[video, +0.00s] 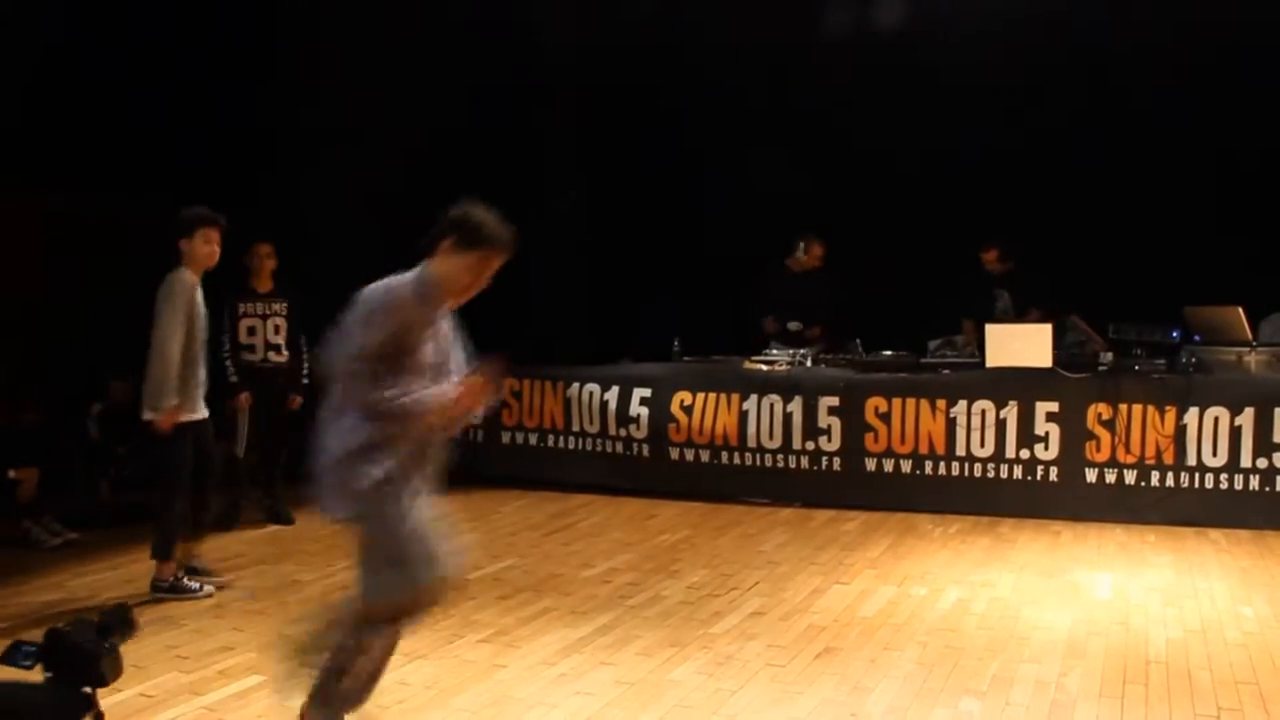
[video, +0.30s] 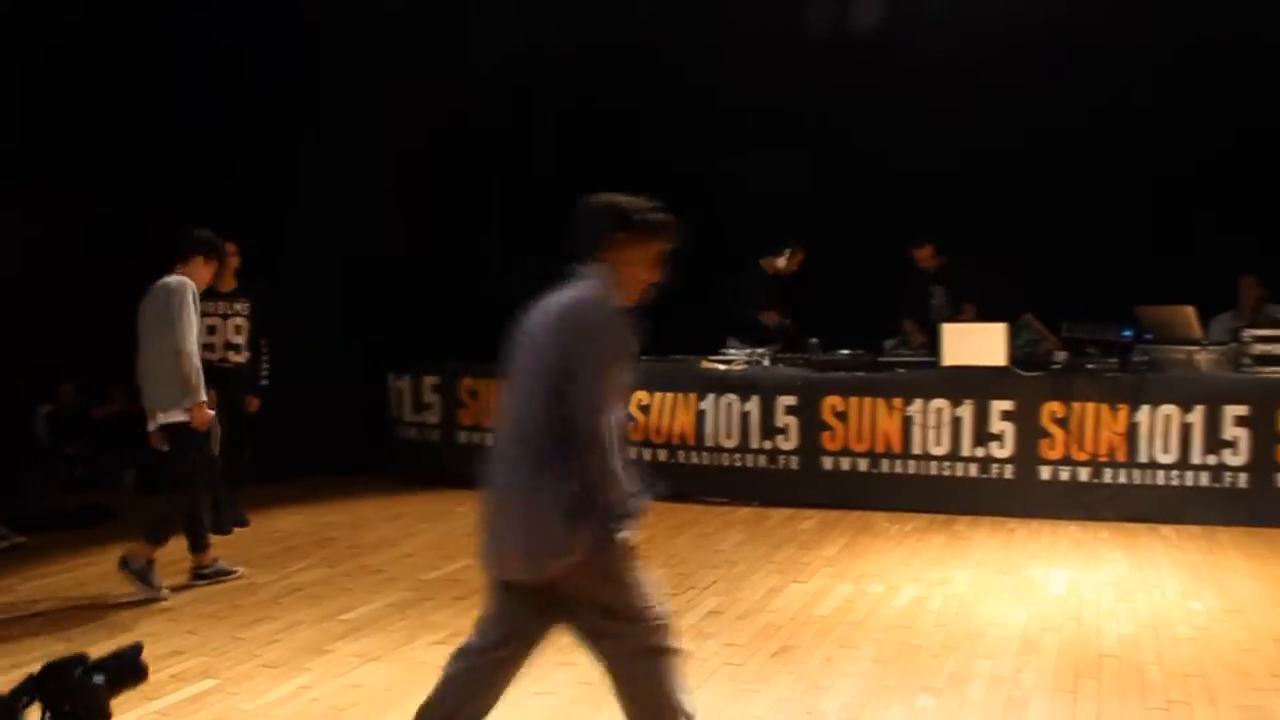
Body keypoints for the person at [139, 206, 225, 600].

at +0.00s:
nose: (214, 250)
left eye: (217, 242)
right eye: (207, 241)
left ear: (215, 246)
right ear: (186, 244)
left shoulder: (195, 287)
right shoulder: (179, 285)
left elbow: (188, 348)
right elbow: (167, 345)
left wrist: (192, 401)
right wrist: (166, 403)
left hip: (194, 413)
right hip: (176, 416)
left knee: (195, 487)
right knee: (174, 492)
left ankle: (181, 558)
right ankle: (165, 571)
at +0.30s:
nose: (212, 277)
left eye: (215, 270)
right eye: (212, 268)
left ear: (188, 261)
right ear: (199, 261)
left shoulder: (154, 295)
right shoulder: (182, 289)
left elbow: (147, 363)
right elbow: (186, 349)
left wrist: (154, 416)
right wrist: (198, 399)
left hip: (167, 412)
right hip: (186, 411)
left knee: (193, 486)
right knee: (187, 487)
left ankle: (203, 560)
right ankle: (140, 557)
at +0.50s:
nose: (179, 279)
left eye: (179, 273)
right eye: (179, 272)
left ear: (145, 265)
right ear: (169, 266)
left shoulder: (118, 299)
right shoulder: (165, 292)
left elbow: (116, 364)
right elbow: (176, 352)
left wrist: (124, 421)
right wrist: (181, 407)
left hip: (135, 412)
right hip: (164, 410)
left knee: (151, 482)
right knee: (184, 473)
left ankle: (153, 560)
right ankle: (182, 550)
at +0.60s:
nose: (156, 269)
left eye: (154, 264)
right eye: (155, 264)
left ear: (120, 261)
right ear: (148, 261)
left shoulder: (95, 294)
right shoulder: (151, 292)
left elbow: (87, 353)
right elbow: (164, 351)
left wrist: (102, 396)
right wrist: (164, 402)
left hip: (101, 417)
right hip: (141, 414)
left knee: (113, 490)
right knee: (160, 481)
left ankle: (121, 562)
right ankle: (188, 546)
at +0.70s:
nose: (120, 269)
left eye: (117, 264)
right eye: (121, 264)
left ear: (85, 263)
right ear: (118, 263)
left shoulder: (62, 297)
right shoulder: (125, 297)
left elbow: (50, 356)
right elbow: (143, 359)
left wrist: (68, 389)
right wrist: (143, 408)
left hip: (67, 421)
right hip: (114, 418)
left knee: (74, 493)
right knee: (127, 481)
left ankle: (81, 565)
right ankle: (144, 539)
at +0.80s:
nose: (93, 273)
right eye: (94, 268)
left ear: (56, 264)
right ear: (93, 267)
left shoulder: (33, 296)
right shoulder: (101, 302)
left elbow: (16, 354)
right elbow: (118, 364)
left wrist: (32, 388)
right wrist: (116, 414)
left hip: (32, 421)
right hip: (80, 422)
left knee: (46, 492)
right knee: (87, 486)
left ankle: (52, 565)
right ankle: (97, 551)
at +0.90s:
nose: (67, 281)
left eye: (65, 276)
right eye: (66, 276)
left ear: (29, 271)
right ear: (62, 275)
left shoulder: (8, 298)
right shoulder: (72, 309)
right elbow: (92, 370)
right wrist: (87, 420)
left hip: (9, 414)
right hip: (52, 415)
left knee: (19, 479)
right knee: (60, 481)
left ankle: (32, 530)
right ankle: (62, 553)